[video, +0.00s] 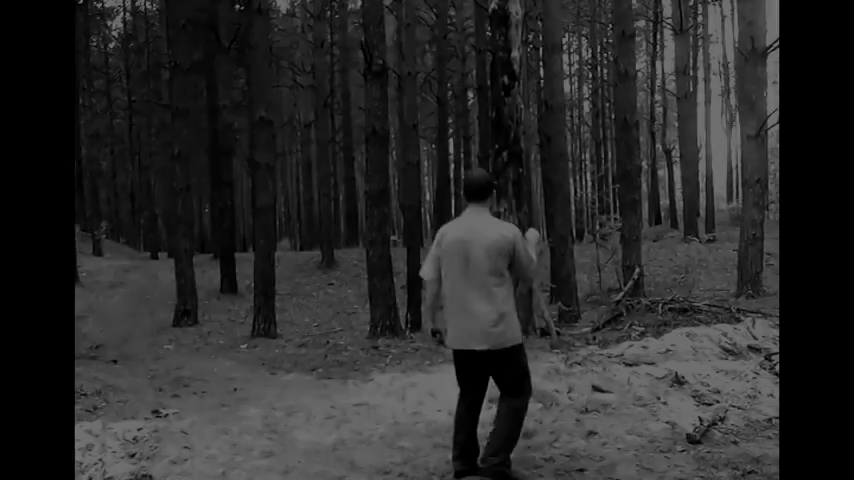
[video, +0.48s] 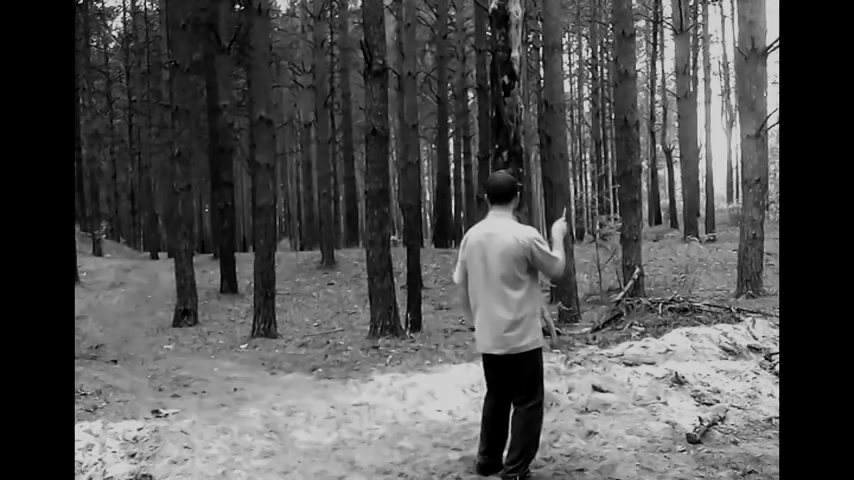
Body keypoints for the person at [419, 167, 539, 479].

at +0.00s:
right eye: (491, 191)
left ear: (464, 195)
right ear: (492, 194)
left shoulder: (445, 234)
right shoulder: (507, 232)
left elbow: (430, 282)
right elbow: (527, 275)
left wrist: (430, 322)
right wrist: (531, 243)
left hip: (461, 335)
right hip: (501, 335)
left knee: (470, 396)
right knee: (517, 393)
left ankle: (463, 463)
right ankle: (495, 461)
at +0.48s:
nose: (522, 197)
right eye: (520, 193)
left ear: (487, 198)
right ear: (517, 197)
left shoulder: (471, 236)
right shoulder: (524, 236)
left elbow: (461, 288)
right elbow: (557, 271)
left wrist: (474, 320)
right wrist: (558, 235)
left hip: (488, 334)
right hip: (522, 336)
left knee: (496, 397)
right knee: (529, 402)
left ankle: (487, 462)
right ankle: (517, 468)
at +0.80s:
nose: (519, 199)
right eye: (518, 195)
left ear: (488, 201)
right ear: (517, 200)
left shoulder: (476, 237)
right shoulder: (516, 239)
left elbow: (471, 283)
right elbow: (561, 259)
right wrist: (572, 223)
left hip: (489, 334)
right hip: (517, 336)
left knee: (501, 386)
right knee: (531, 400)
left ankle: (489, 448)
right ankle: (516, 469)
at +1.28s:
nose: (489, 232)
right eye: (488, 228)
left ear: (459, 235)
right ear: (485, 231)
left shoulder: (447, 269)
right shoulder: (501, 260)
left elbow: (429, 308)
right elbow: (536, 275)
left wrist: (453, 321)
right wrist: (535, 245)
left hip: (467, 345)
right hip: (500, 342)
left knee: (473, 378)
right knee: (511, 392)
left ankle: (469, 432)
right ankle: (516, 450)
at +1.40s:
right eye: (472, 235)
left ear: (449, 243)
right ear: (473, 238)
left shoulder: (449, 264)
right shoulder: (489, 261)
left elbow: (438, 296)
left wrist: (438, 325)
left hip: (470, 334)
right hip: (501, 328)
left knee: (466, 381)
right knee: (510, 385)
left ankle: (466, 432)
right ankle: (511, 444)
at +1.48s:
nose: (437, 247)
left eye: (437, 243)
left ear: (440, 242)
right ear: (463, 239)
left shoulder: (445, 257)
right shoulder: (475, 257)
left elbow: (442, 283)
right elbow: (468, 303)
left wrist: (433, 317)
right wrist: (441, 329)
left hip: (477, 322)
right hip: (504, 314)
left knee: (470, 376)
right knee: (515, 363)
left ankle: (467, 431)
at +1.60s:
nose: (434, 241)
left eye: (433, 237)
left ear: (436, 236)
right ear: (457, 231)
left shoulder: (440, 252)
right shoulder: (471, 250)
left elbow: (439, 284)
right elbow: (476, 293)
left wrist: (432, 311)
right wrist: (456, 323)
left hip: (475, 319)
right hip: (504, 310)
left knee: (470, 375)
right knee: (523, 354)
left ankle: (469, 431)